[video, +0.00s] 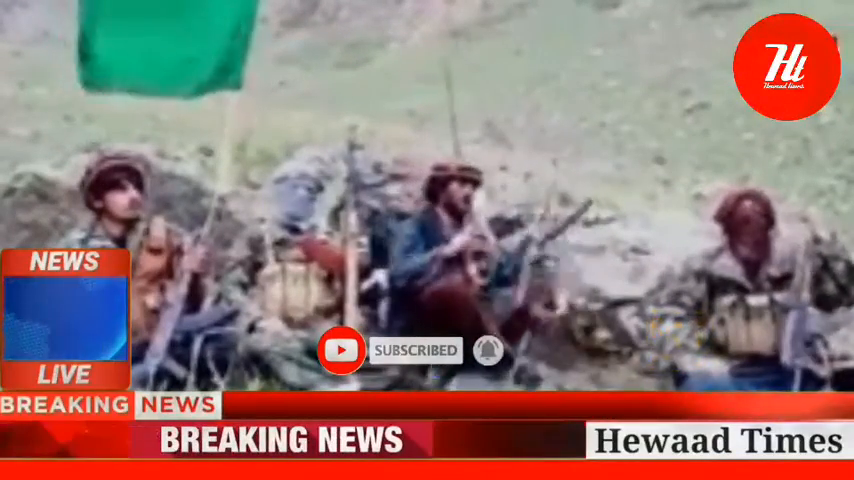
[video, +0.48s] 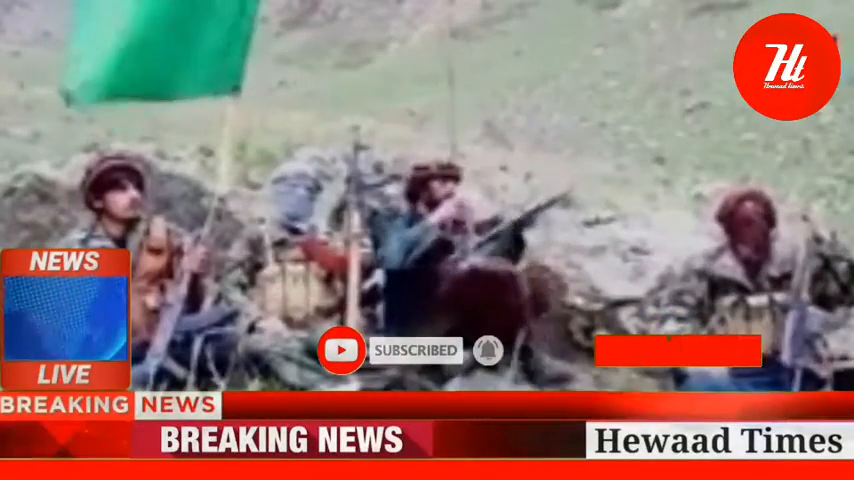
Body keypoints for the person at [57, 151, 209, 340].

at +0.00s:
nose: (135, 195)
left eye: (137, 187)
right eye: (121, 188)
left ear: (144, 193)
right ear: (97, 201)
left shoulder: (156, 243)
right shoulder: (75, 251)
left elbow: (190, 308)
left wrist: (195, 276)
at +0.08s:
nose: (135, 195)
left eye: (137, 187)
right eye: (121, 188)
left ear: (144, 193)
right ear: (97, 201)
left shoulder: (156, 243)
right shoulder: (75, 251)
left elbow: (189, 308)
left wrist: (195, 276)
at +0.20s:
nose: (135, 195)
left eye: (137, 187)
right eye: (121, 188)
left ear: (144, 193)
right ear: (97, 201)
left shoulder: (156, 243)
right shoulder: (74, 251)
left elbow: (190, 308)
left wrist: (195, 275)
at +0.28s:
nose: (135, 195)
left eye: (137, 187)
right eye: (121, 188)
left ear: (143, 193)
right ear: (97, 201)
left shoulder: (158, 240)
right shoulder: (75, 251)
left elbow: (190, 307)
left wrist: (196, 275)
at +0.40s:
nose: (135, 195)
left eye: (137, 187)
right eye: (121, 188)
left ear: (144, 193)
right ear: (97, 201)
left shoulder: (161, 239)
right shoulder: (74, 251)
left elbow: (190, 308)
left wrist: (197, 276)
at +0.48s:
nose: (135, 195)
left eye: (137, 187)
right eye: (121, 188)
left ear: (144, 193)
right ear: (97, 201)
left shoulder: (158, 241)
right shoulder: (75, 251)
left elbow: (191, 307)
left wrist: (196, 275)